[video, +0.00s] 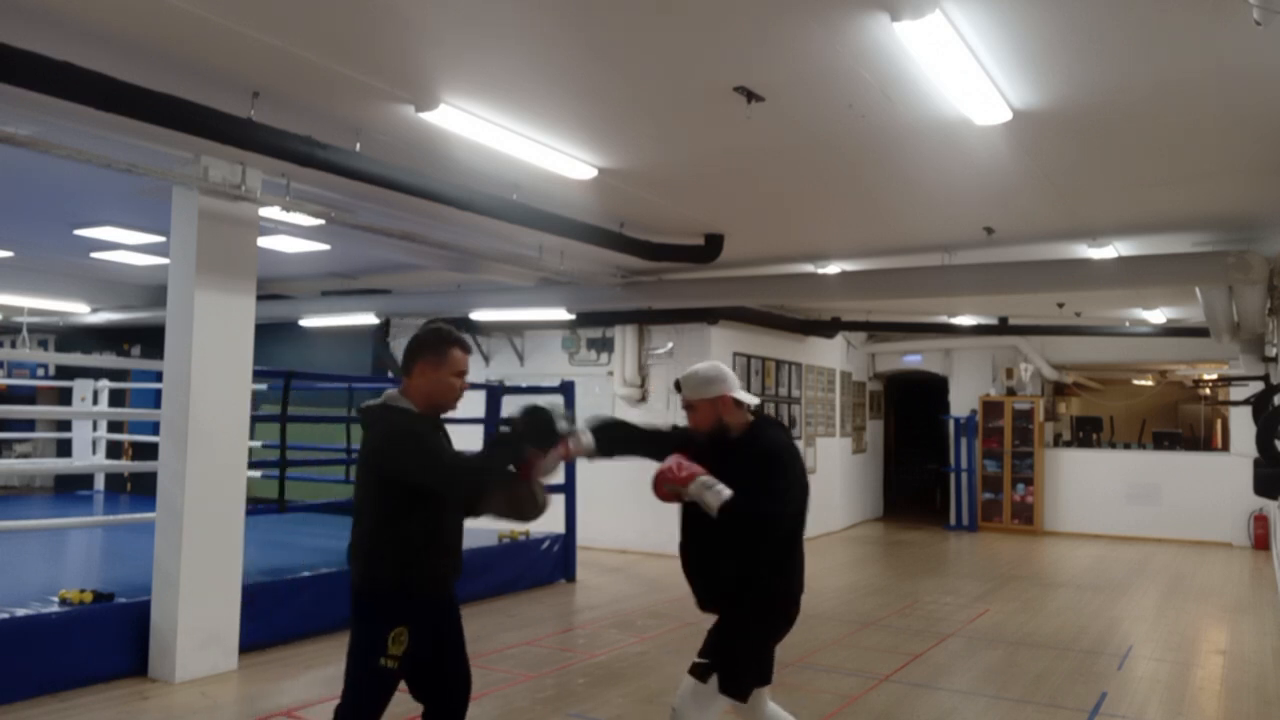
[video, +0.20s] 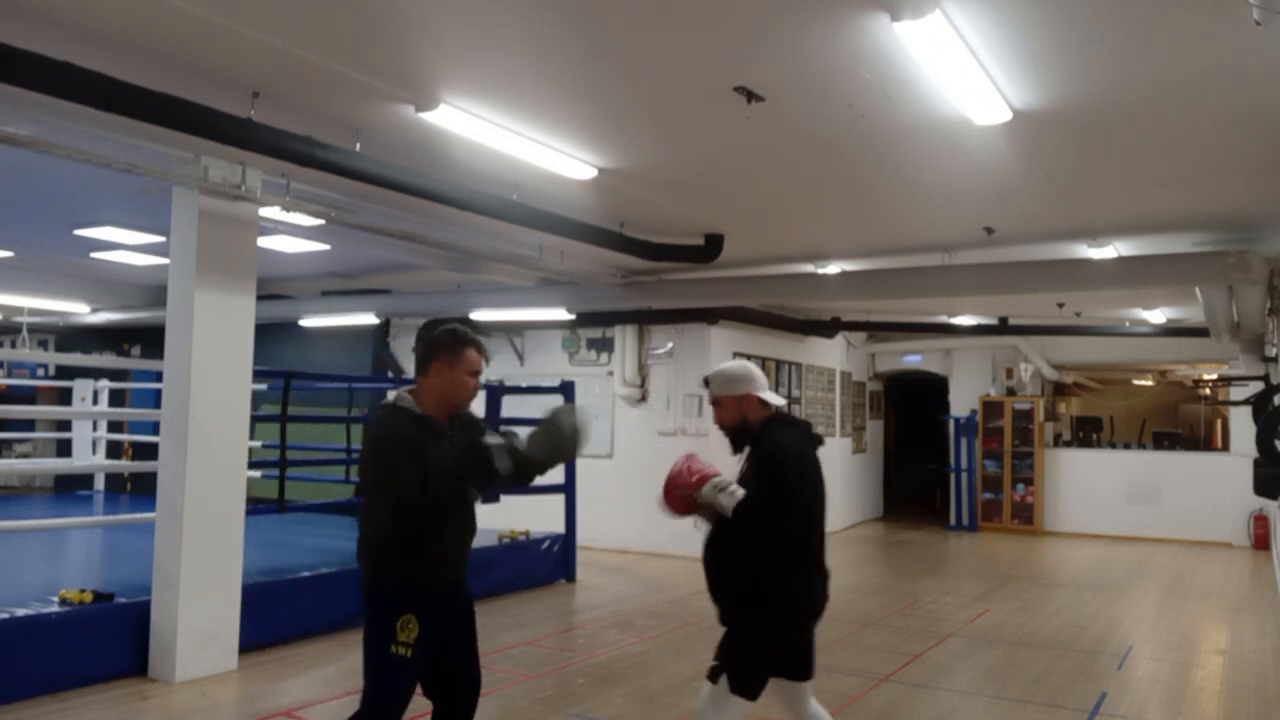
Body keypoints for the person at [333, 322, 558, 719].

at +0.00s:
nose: (465, 386)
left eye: (465, 376)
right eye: (458, 375)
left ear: (431, 373)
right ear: (422, 370)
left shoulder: (428, 428)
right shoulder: (393, 426)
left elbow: (459, 495)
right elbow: (449, 480)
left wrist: (518, 475)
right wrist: (513, 445)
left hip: (428, 588)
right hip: (389, 590)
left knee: (449, 695)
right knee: (363, 702)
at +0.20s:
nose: (477, 386)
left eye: (479, 377)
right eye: (471, 374)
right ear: (437, 369)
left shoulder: (463, 426)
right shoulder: (391, 425)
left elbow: (492, 475)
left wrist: (536, 455)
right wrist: (482, 462)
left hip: (446, 580)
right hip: (395, 583)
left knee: (459, 695)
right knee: (385, 702)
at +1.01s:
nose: (499, 387)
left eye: (500, 376)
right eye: (490, 375)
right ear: (456, 374)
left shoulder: (489, 425)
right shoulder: (418, 431)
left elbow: (539, 471)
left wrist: (585, 444)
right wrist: (483, 432)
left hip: (475, 586)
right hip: (422, 590)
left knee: (503, 704)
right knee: (401, 708)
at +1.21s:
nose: (510, 387)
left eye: (513, 377)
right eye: (501, 375)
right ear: (467, 373)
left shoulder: (492, 431)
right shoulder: (436, 430)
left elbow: (517, 479)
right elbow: (483, 494)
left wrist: (586, 464)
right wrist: (547, 457)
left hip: (491, 587)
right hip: (439, 590)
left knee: (513, 698)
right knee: (411, 705)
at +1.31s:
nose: (510, 387)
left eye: (512, 377)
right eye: (500, 375)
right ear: (466, 373)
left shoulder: (501, 427)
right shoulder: (430, 434)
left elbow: (549, 461)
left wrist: (600, 448)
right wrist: (517, 460)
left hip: (495, 588)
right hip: (438, 592)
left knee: (516, 702)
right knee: (410, 707)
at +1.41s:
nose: (513, 385)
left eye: (516, 376)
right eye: (504, 374)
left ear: (516, 380)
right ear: (470, 372)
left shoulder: (511, 428)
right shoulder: (435, 429)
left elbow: (551, 473)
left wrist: (597, 456)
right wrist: (482, 428)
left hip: (496, 587)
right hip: (440, 589)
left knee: (520, 696)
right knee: (409, 705)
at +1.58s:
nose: (525, 383)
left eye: (526, 374)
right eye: (516, 373)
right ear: (481, 374)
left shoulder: (516, 431)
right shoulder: (452, 426)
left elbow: (536, 486)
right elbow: (501, 478)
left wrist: (556, 509)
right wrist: (554, 434)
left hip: (508, 582)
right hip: (453, 584)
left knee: (526, 694)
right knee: (417, 699)